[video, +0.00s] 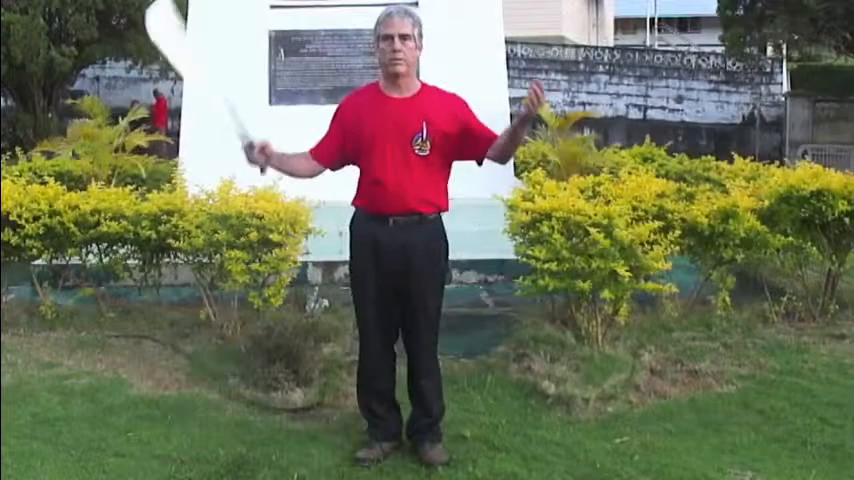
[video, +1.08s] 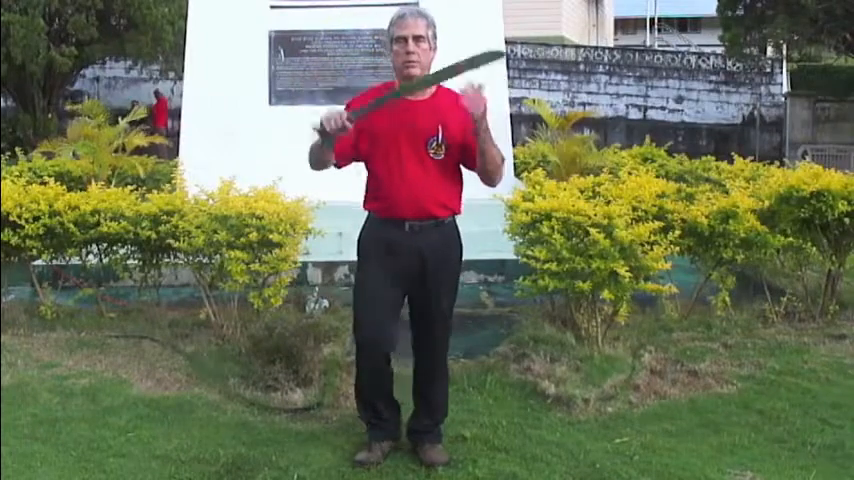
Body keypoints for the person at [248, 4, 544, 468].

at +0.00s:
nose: (396, 47)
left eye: (405, 39)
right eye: (386, 39)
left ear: (419, 46)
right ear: (375, 48)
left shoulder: (448, 106)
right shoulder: (356, 105)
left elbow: (496, 152)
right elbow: (315, 162)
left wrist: (523, 120)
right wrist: (273, 159)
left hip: (425, 232)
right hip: (370, 232)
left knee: (422, 339)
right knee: (374, 339)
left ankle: (427, 435)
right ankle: (382, 434)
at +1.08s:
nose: (409, 50)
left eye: (419, 41)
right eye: (400, 41)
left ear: (433, 48)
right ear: (389, 50)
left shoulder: (455, 105)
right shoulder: (369, 102)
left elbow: (493, 176)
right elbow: (318, 163)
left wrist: (482, 123)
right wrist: (325, 136)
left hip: (439, 237)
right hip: (381, 237)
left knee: (432, 343)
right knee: (370, 340)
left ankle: (427, 436)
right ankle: (380, 433)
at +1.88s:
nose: (375, 64)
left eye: (386, 55)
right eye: (365, 55)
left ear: (403, 62)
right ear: (353, 63)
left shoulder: (434, 124)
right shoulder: (329, 124)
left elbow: (450, 208)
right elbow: (315, 207)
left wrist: (398, 243)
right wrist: (360, 240)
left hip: (416, 263)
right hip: (351, 266)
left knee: (423, 359)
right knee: (355, 367)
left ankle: (429, 440)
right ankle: (366, 470)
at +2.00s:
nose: (370, 66)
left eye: (381, 56)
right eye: (360, 57)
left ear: (399, 63)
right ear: (348, 64)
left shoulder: (430, 124)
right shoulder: (324, 125)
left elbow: (445, 210)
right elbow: (310, 210)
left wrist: (393, 246)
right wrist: (355, 244)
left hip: (413, 264)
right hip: (347, 268)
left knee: (423, 360)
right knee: (352, 370)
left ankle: (429, 440)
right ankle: (364, 471)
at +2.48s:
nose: (383, 67)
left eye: (394, 57)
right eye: (373, 58)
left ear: (409, 63)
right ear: (361, 64)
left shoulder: (439, 125)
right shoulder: (338, 124)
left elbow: (464, 202)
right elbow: (308, 202)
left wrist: (435, 204)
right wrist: (333, 212)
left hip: (420, 264)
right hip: (358, 265)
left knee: (427, 360)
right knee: (354, 370)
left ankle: (425, 438)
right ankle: (365, 472)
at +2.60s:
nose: (396, 64)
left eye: (406, 55)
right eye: (386, 56)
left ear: (422, 61)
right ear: (375, 62)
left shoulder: (449, 123)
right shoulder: (348, 121)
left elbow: (487, 186)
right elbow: (306, 189)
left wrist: (470, 154)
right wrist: (322, 174)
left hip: (427, 261)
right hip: (366, 262)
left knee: (439, 357)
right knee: (361, 367)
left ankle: (426, 438)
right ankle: (366, 471)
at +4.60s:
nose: (511, 107)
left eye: (519, 99)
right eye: (500, 97)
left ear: (527, 110)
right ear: (479, 106)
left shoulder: (522, 164)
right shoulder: (455, 147)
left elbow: (532, 246)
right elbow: (492, 196)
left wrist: (516, 220)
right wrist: (563, 163)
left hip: (471, 286)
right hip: (414, 279)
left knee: (510, 368)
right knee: (371, 367)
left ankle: (502, 470)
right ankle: (331, 438)